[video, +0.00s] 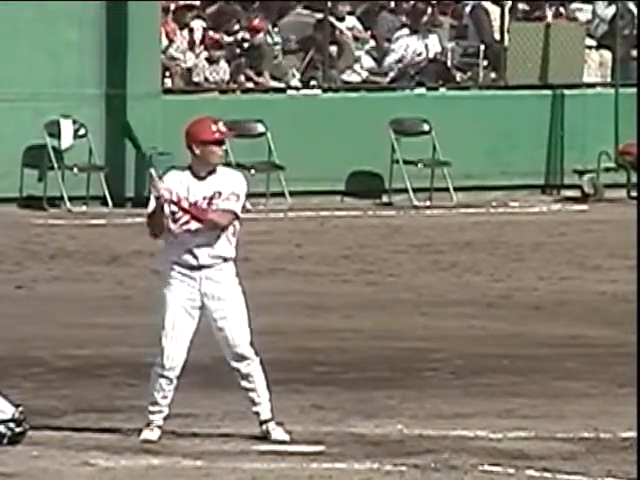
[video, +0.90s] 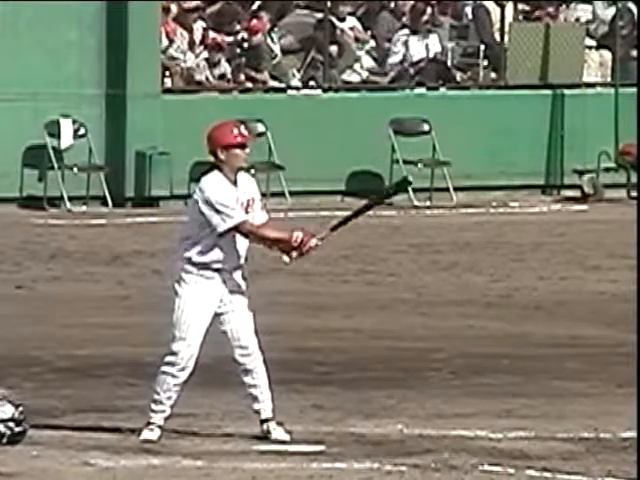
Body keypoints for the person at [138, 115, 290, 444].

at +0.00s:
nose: (222, 148)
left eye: (222, 143)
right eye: (215, 144)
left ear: (221, 146)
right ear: (195, 149)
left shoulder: (233, 180)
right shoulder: (172, 181)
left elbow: (221, 221)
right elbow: (155, 231)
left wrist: (183, 204)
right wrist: (159, 203)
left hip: (221, 275)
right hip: (181, 276)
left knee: (241, 350)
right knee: (170, 357)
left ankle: (267, 421)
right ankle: (155, 421)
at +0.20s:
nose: (226, 149)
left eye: (227, 144)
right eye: (220, 144)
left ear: (225, 147)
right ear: (202, 148)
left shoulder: (237, 178)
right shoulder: (181, 184)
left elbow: (249, 220)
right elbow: (175, 235)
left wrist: (222, 211)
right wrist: (196, 214)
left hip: (226, 274)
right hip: (188, 277)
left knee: (245, 351)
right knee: (175, 356)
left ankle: (268, 421)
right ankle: (155, 421)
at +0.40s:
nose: (234, 151)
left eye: (234, 146)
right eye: (228, 147)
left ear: (227, 149)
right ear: (210, 151)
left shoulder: (238, 177)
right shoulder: (192, 190)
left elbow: (261, 219)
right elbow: (211, 238)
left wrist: (263, 213)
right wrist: (237, 216)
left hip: (229, 276)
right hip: (194, 279)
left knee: (246, 351)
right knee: (181, 355)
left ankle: (267, 421)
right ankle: (156, 421)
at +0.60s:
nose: (243, 153)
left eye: (242, 147)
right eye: (236, 148)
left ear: (235, 150)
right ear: (219, 153)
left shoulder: (241, 184)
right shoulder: (208, 188)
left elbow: (255, 224)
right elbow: (238, 238)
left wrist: (284, 223)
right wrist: (273, 224)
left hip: (230, 279)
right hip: (198, 279)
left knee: (249, 352)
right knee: (183, 356)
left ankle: (267, 420)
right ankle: (156, 422)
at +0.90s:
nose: (245, 152)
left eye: (245, 146)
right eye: (239, 147)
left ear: (241, 151)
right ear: (220, 154)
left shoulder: (247, 181)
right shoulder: (210, 187)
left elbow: (261, 226)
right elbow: (245, 228)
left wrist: (288, 244)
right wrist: (291, 239)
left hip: (232, 279)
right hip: (198, 278)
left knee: (249, 352)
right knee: (183, 354)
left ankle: (268, 421)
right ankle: (155, 422)